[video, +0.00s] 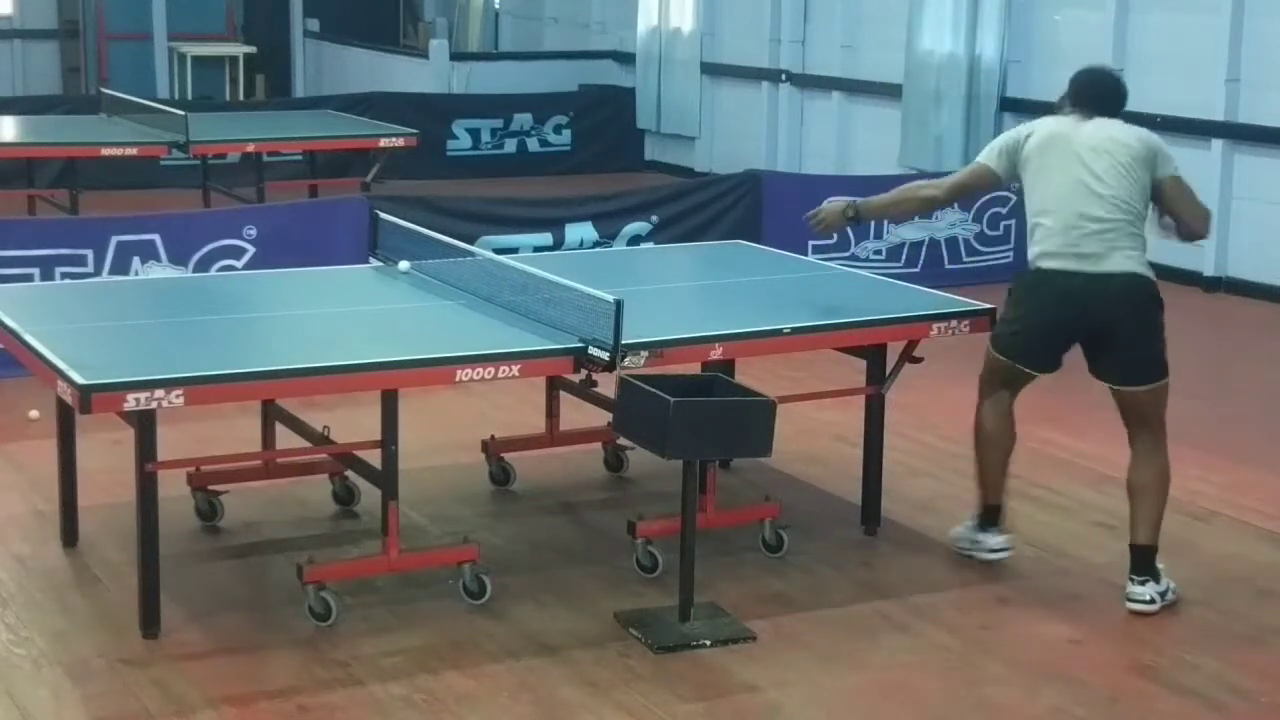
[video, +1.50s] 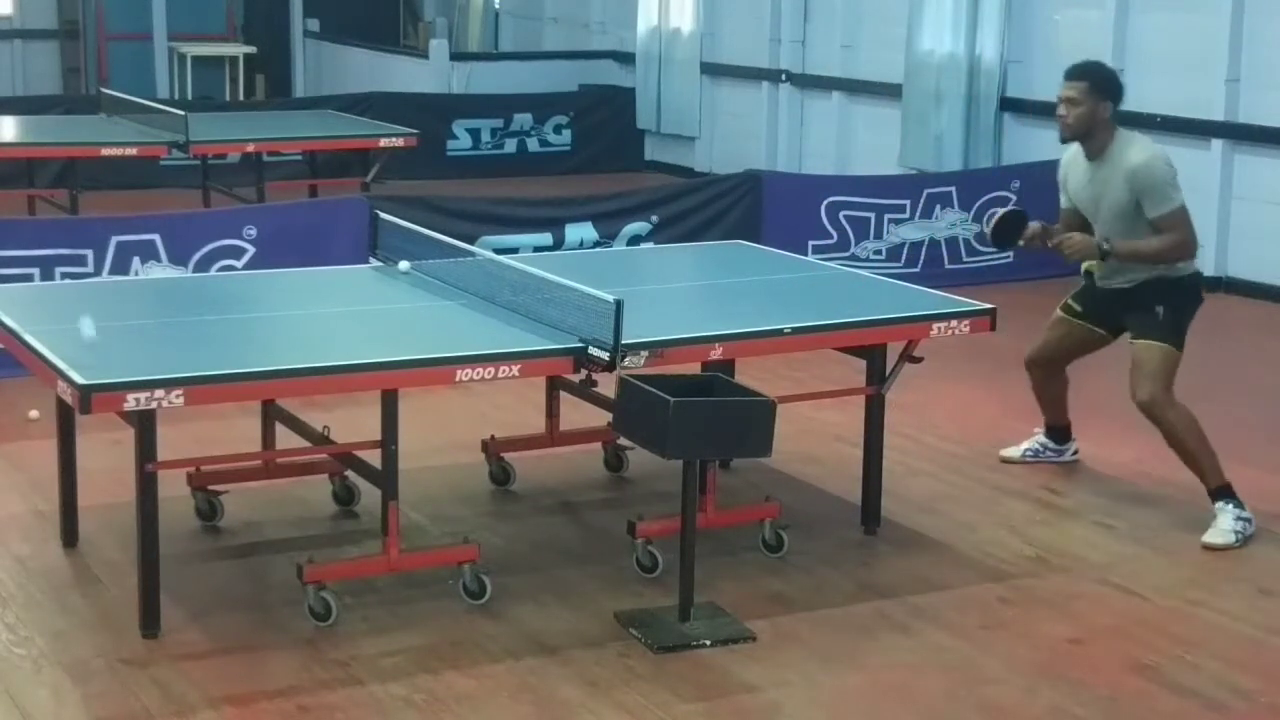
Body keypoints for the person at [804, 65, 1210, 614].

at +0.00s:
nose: (1062, 107)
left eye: (1065, 100)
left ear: (1066, 102)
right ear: (1120, 110)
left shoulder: (1030, 136)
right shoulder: (1143, 143)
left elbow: (941, 193)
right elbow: (1196, 226)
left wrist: (854, 209)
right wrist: (1168, 208)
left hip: (1047, 291)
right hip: (1127, 298)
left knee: (997, 393)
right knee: (1147, 432)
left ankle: (989, 526)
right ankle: (1144, 576)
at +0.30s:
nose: (993, 135)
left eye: (998, 124)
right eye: (996, 124)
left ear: (1018, 129)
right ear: (1052, 135)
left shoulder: (1021, 168)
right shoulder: (1086, 174)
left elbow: (988, 227)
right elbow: (1101, 252)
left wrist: (887, 243)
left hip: (1076, 324)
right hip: (1141, 327)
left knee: (989, 409)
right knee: (1122, 450)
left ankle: (1031, 544)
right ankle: (1151, 542)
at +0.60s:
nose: (995, 53)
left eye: (1007, 44)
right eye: (995, 44)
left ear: (1041, 53)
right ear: (1007, 54)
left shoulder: (1081, 108)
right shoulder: (1011, 114)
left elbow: (1123, 191)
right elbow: (1020, 175)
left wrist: (1057, 195)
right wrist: (978, 191)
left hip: (1106, 254)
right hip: (1060, 257)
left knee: (1065, 380)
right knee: (1023, 358)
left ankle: (1062, 522)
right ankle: (1114, 448)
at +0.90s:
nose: (1015, 120)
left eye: (1026, 112)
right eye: (1014, 110)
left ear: (1060, 118)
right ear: (1021, 113)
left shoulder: (1106, 170)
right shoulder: (1016, 170)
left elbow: (1144, 242)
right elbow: (1017, 240)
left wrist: (1076, 261)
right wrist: (980, 243)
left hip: (1117, 286)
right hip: (1058, 287)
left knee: (1113, 393)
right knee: (991, 360)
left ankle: (1188, 506)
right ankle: (1021, 443)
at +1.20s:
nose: (1031, 114)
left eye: (1042, 106)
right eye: (1030, 105)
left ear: (1076, 110)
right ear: (1035, 109)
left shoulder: (1116, 159)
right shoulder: (1043, 163)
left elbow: (1157, 238)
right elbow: (1049, 235)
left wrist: (1080, 244)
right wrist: (1013, 239)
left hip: (1146, 283)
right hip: (1091, 283)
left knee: (1139, 393)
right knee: (1025, 359)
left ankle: (1223, 505)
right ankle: (1051, 440)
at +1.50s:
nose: (1060, 111)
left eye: (1071, 104)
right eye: (1059, 102)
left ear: (1104, 109)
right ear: (1070, 106)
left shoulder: (1145, 162)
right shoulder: (1071, 162)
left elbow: (1183, 244)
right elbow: (1077, 233)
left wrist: (1103, 248)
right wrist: (1045, 234)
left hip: (1165, 286)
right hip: (1107, 284)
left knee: (1151, 395)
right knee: (1041, 360)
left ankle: (1229, 506)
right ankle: (1058, 441)